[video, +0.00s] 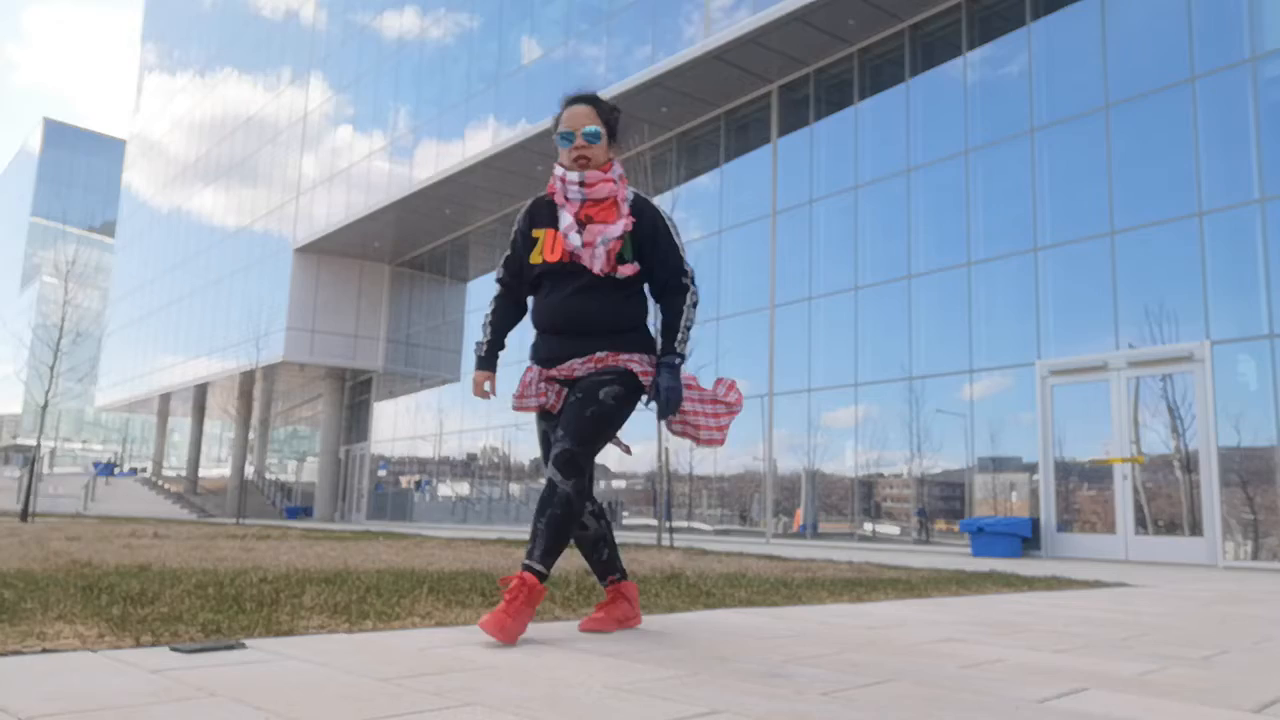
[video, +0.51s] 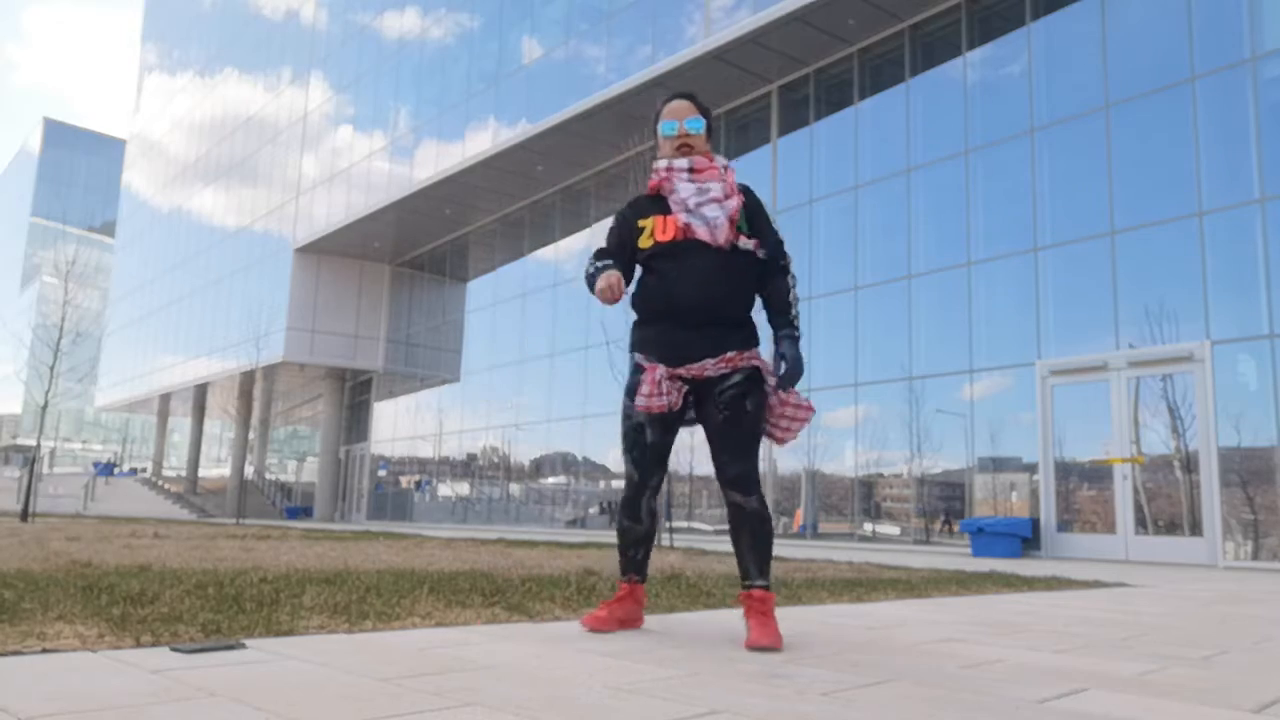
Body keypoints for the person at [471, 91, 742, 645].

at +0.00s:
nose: (579, 148)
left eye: (592, 137)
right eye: (567, 137)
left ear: (612, 145)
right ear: (555, 146)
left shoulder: (638, 213)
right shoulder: (539, 215)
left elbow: (679, 290)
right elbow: (511, 289)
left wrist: (672, 362)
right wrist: (488, 351)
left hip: (618, 360)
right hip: (552, 366)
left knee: (568, 453)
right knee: (566, 478)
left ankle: (525, 590)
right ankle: (620, 593)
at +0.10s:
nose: (602, 146)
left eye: (615, 136)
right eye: (591, 137)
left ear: (634, 146)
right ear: (579, 146)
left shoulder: (656, 211)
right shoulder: (562, 213)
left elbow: (681, 292)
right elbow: (538, 287)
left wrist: (685, 373)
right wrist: (507, 351)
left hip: (637, 356)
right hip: (572, 361)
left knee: (600, 449)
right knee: (583, 473)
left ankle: (595, 580)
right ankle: (621, 588)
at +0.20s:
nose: (624, 142)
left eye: (635, 133)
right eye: (612, 134)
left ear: (653, 143)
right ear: (599, 145)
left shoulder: (677, 208)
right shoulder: (581, 213)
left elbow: (703, 290)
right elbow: (555, 284)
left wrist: (703, 366)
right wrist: (525, 336)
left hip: (657, 356)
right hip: (592, 362)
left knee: (646, 459)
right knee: (598, 476)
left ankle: (667, 588)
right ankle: (622, 595)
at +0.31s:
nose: (640, 141)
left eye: (651, 132)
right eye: (629, 133)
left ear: (669, 141)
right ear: (617, 143)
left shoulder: (695, 206)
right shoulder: (601, 212)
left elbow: (723, 281)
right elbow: (572, 275)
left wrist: (725, 352)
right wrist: (544, 322)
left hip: (678, 358)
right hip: (609, 363)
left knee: (689, 471)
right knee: (611, 479)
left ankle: (728, 590)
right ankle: (623, 595)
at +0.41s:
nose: (660, 139)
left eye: (671, 130)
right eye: (650, 131)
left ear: (689, 139)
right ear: (637, 142)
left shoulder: (719, 205)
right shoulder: (621, 209)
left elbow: (747, 280)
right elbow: (590, 265)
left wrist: (754, 349)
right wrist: (572, 298)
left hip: (702, 360)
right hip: (630, 365)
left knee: (720, 479)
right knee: (624, 480)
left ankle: (750, 599)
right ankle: (624, 596)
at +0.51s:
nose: (680, 135)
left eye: (690, 126)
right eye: (670, 127)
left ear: (708, 136)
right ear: (657, 139)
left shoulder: (741, 203)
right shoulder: (641, 208)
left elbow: (775, 273)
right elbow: (610, 257)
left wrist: (787, 340)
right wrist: (605, 275)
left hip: (729, 360)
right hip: (657, 363)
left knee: (741, 481)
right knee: (641, 478)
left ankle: (758, 604)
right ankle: (629, 594)